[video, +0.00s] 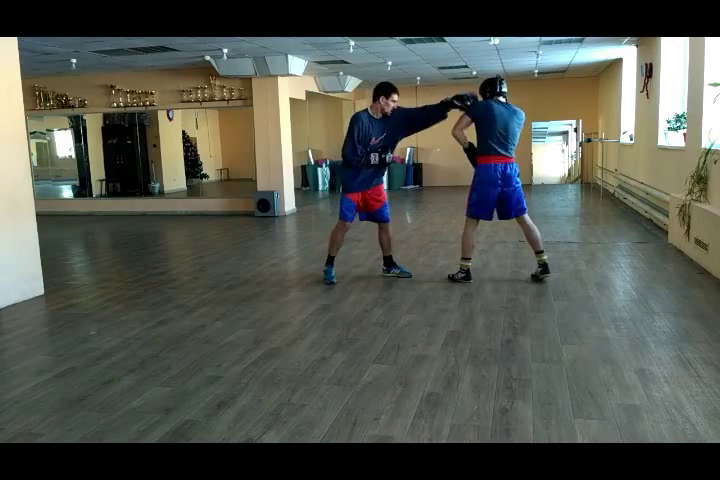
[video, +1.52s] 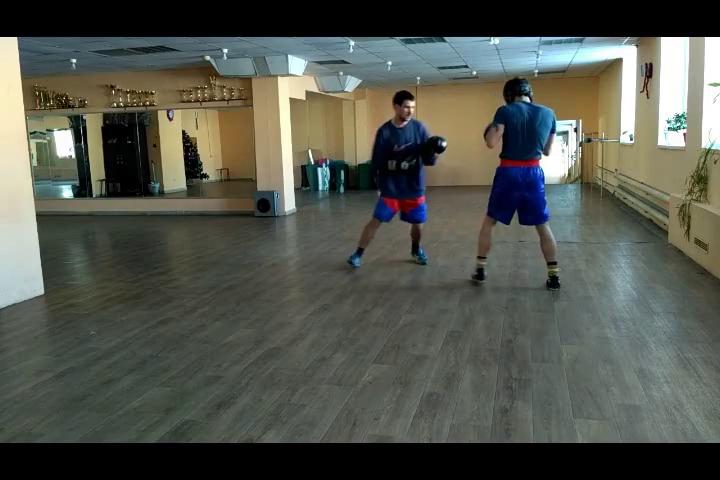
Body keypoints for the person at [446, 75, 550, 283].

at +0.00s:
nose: (482, 97)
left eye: (482, 94)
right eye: (482, 94)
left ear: (486, 93)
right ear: (505, 93)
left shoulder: (480, 106)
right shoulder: (519, 113)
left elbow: (457, 131)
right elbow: (507, 136)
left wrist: (469, 148)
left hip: (486, 171)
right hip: (511, 171)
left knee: (471, 222)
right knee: (523, 218)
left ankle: (464, 270)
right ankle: (543, 264)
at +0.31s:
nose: (488, 103)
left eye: (488, 100)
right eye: (487, 100)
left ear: (493, 98)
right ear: (510, 96)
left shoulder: (493, 112)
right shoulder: (530, 117)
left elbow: (482, 142)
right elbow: (528, 153)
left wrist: (474, 140)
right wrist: (511, 144)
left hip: (495, 174)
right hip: (519, 175)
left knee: (472, 223)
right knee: (529, 223)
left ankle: (458, 270)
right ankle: (544, 270)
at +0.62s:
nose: (446, 128)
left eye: (446, 124)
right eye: (444, 124)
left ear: (454, 120)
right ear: (459, 116)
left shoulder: (478, 129)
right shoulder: (474, 129)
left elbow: (488, 164)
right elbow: (476, 153)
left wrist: (463, 156)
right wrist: (456, 147)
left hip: (490, 184)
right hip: (501, 182)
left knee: (460, 225)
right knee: (504, 230)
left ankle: (448, 274)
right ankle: (541, 263)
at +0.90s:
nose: (441, 123)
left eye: (439, 119)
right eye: (438, 120)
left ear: (446, 113)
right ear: (452, 109)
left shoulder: (471, 123)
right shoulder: (471, 121)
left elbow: (476, 159)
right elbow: (470, 150)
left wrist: (455, 147)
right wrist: (459, 161)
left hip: (480, 179)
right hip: (492, 176)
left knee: (453, 223)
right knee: (499, 222)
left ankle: (448, 274)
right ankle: (536, 256)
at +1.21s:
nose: (476, 112)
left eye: (476, 108)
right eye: (476, 108)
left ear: (479, 105)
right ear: (497, 102)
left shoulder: (482, 123)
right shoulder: (519, 120)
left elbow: (466, 156)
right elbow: (521, 154)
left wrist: (459, 140)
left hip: (489, 182)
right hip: (514, 181)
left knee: (461, 226)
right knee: (524, 226)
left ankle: (448, 273)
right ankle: (548, 271)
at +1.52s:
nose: (506, 101)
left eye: (506, 98)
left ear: (509, 96)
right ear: (530, 95)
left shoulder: (505, 111)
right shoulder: (547, 113)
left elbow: (492, 142)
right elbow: (547, 150)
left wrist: (488, 132)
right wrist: (532, 135)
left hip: (507, 175)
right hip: (534, 175)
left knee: (488, 223)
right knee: (543, 227)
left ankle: (479, 270)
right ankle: (554, 276)